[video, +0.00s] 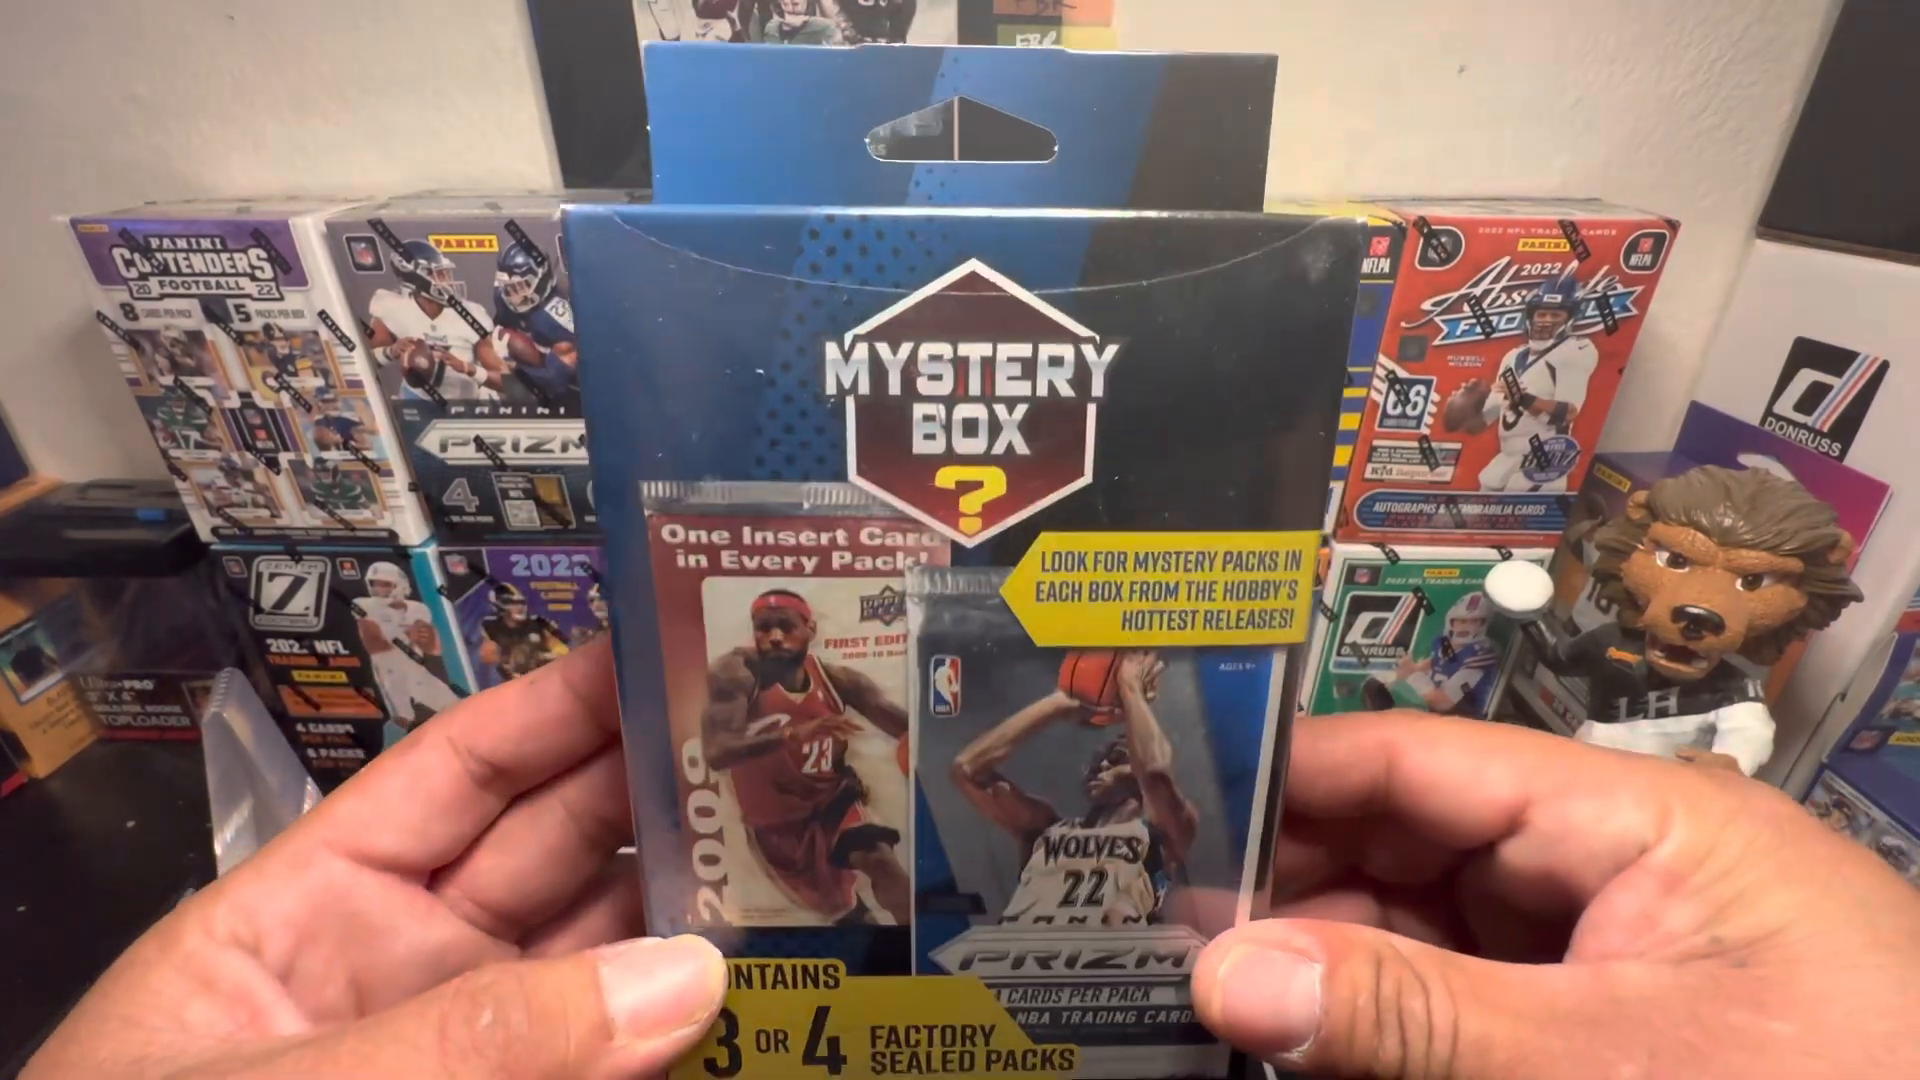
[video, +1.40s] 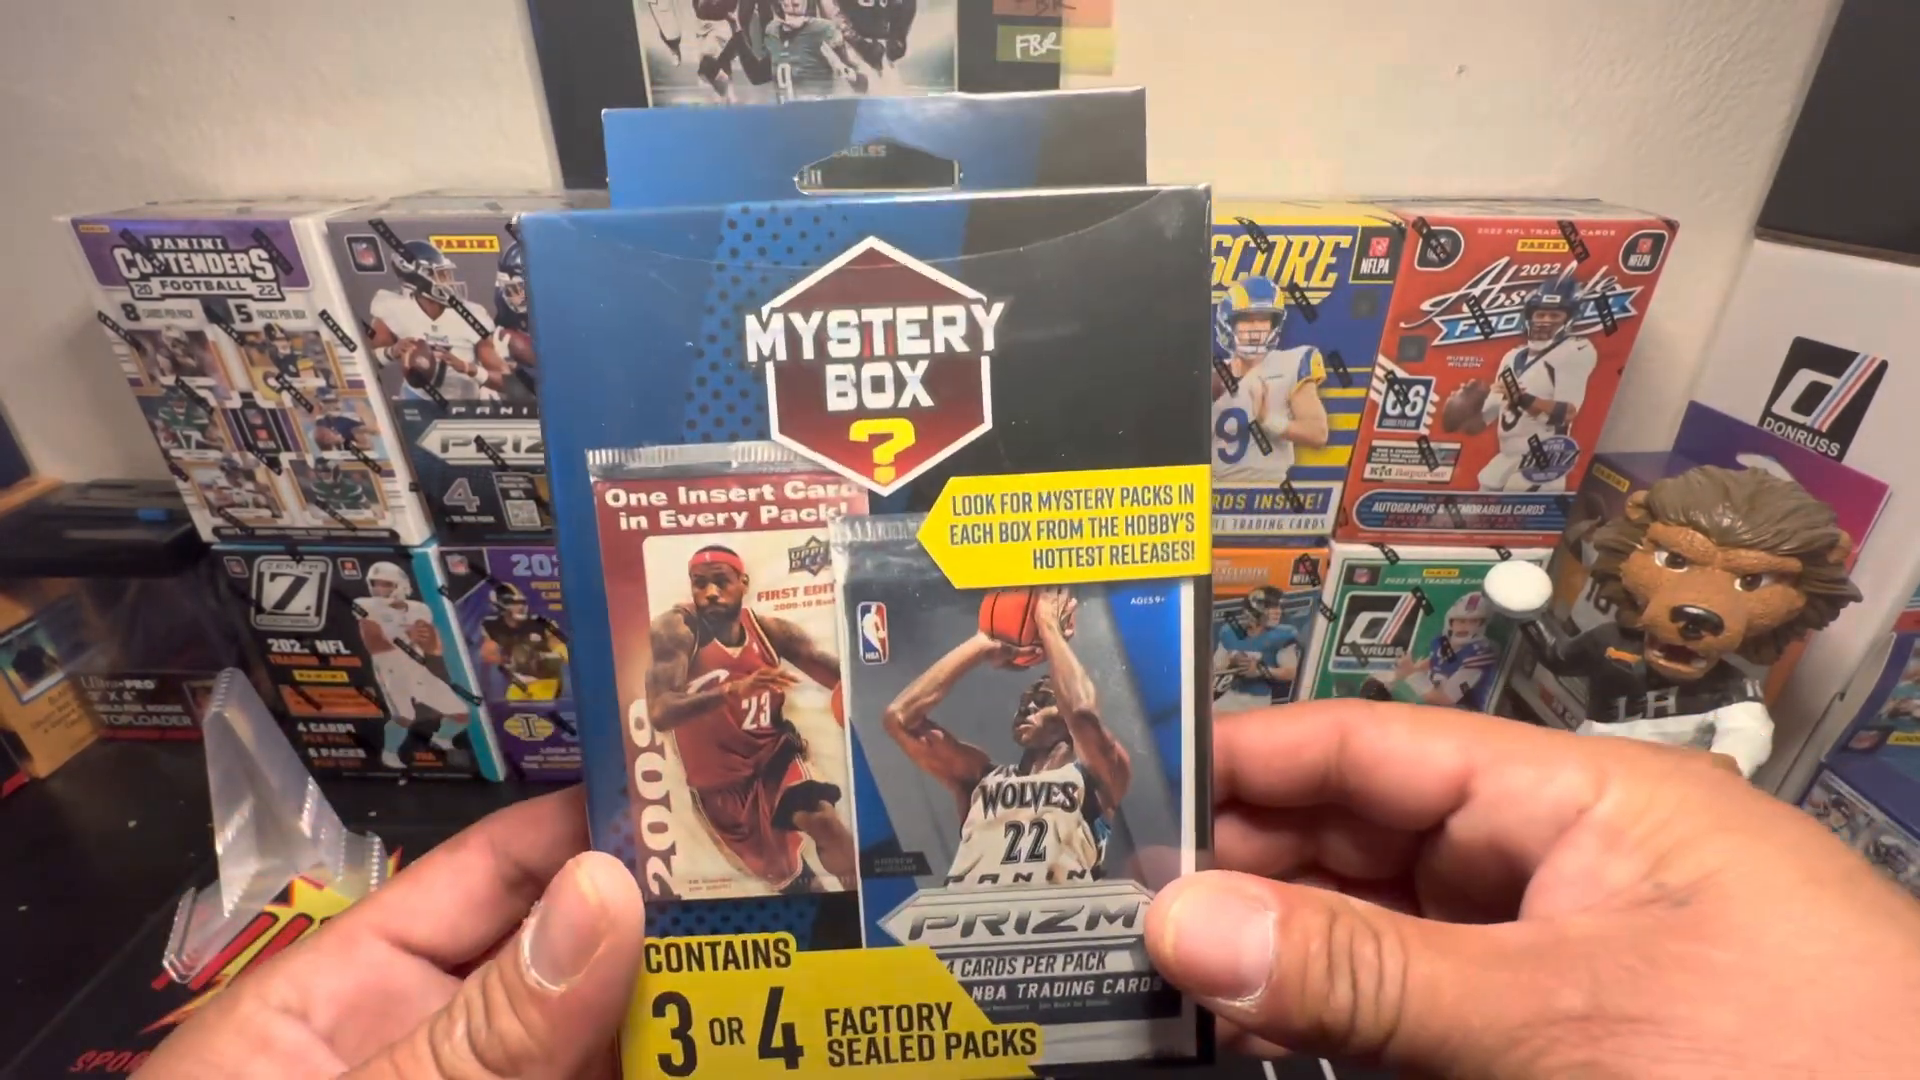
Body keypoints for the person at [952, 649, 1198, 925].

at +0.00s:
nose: (1100, 763)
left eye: (1118, 756)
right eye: (1100, 756)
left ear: (1141, 773)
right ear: (1088, 771)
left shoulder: (1162, 834)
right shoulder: (1044, 828)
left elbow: (1156, 771)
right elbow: (968, 770)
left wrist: (1131, 687)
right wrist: (1059, 703)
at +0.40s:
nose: (1085, 753)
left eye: (1103, 746)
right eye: (1087, 747)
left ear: (1128, 765)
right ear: (1075, 762)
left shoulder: (1142, 819)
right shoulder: (1030, 815)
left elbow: (1141, 760)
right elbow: (953, 759)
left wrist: (1119, 676)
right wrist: (1045, 694)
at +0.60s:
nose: (1083, 684)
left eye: (1100, 675)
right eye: (1081, 677)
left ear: (1124, 690)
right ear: (1072, 694)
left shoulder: (1143, 755)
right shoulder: (1034, 748)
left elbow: (1138, 688)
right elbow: (961, 682)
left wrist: (1115, 603)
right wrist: (1046, 614)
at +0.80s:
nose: (1087, 654)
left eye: (1104, 645)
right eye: (1085, 647)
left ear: (1128, 662)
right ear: (1077, 662)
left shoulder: (1149, 727)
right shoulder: (1039, 719)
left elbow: (1141, 661)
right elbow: (967, 651)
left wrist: (1118, 575)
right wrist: (1047, 586)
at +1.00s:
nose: (1091, 635)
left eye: (1110, 626)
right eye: (1090, 628)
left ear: (1134, 642)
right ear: (1081, 642)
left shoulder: (1158, 710)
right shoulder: (1042, 704)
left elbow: (1146, 642)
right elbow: (968, 636)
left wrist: (1120, 554)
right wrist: (1051, 568)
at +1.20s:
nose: (1043, 680)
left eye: (1061, 672)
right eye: (1042, 674)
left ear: (1087, 688)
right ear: (1033, 689)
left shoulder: (1113, 755)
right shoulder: (997, 753)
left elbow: (1099, 683)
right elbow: (917, 691)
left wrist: (1066, 594)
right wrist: (997, 616)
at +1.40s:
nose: (1025, 707)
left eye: (1043, 700)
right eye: (1023, 701)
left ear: (1069, 715)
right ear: (1014, 715)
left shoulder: (1094, 779)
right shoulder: (980, 778)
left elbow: (1081, 712)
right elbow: (900, 718)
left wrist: (1047, 623)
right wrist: (980, 644)